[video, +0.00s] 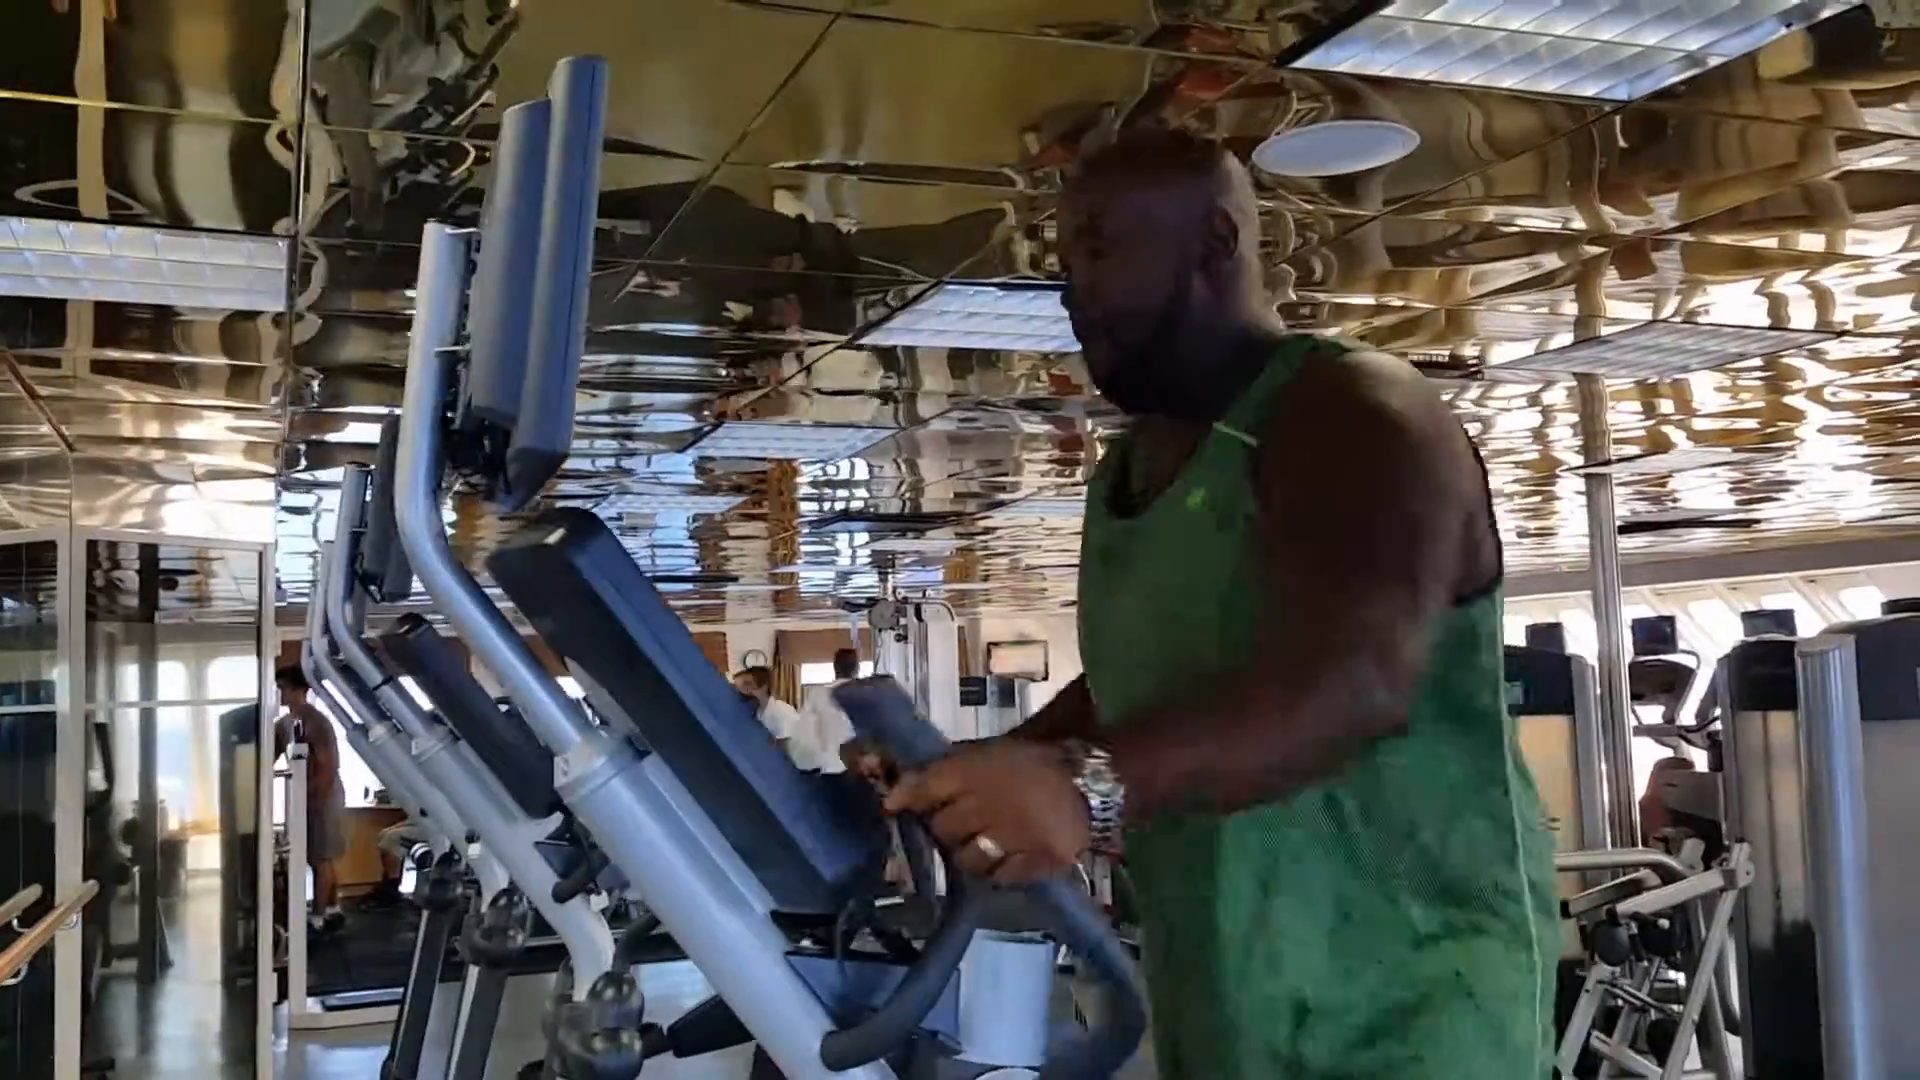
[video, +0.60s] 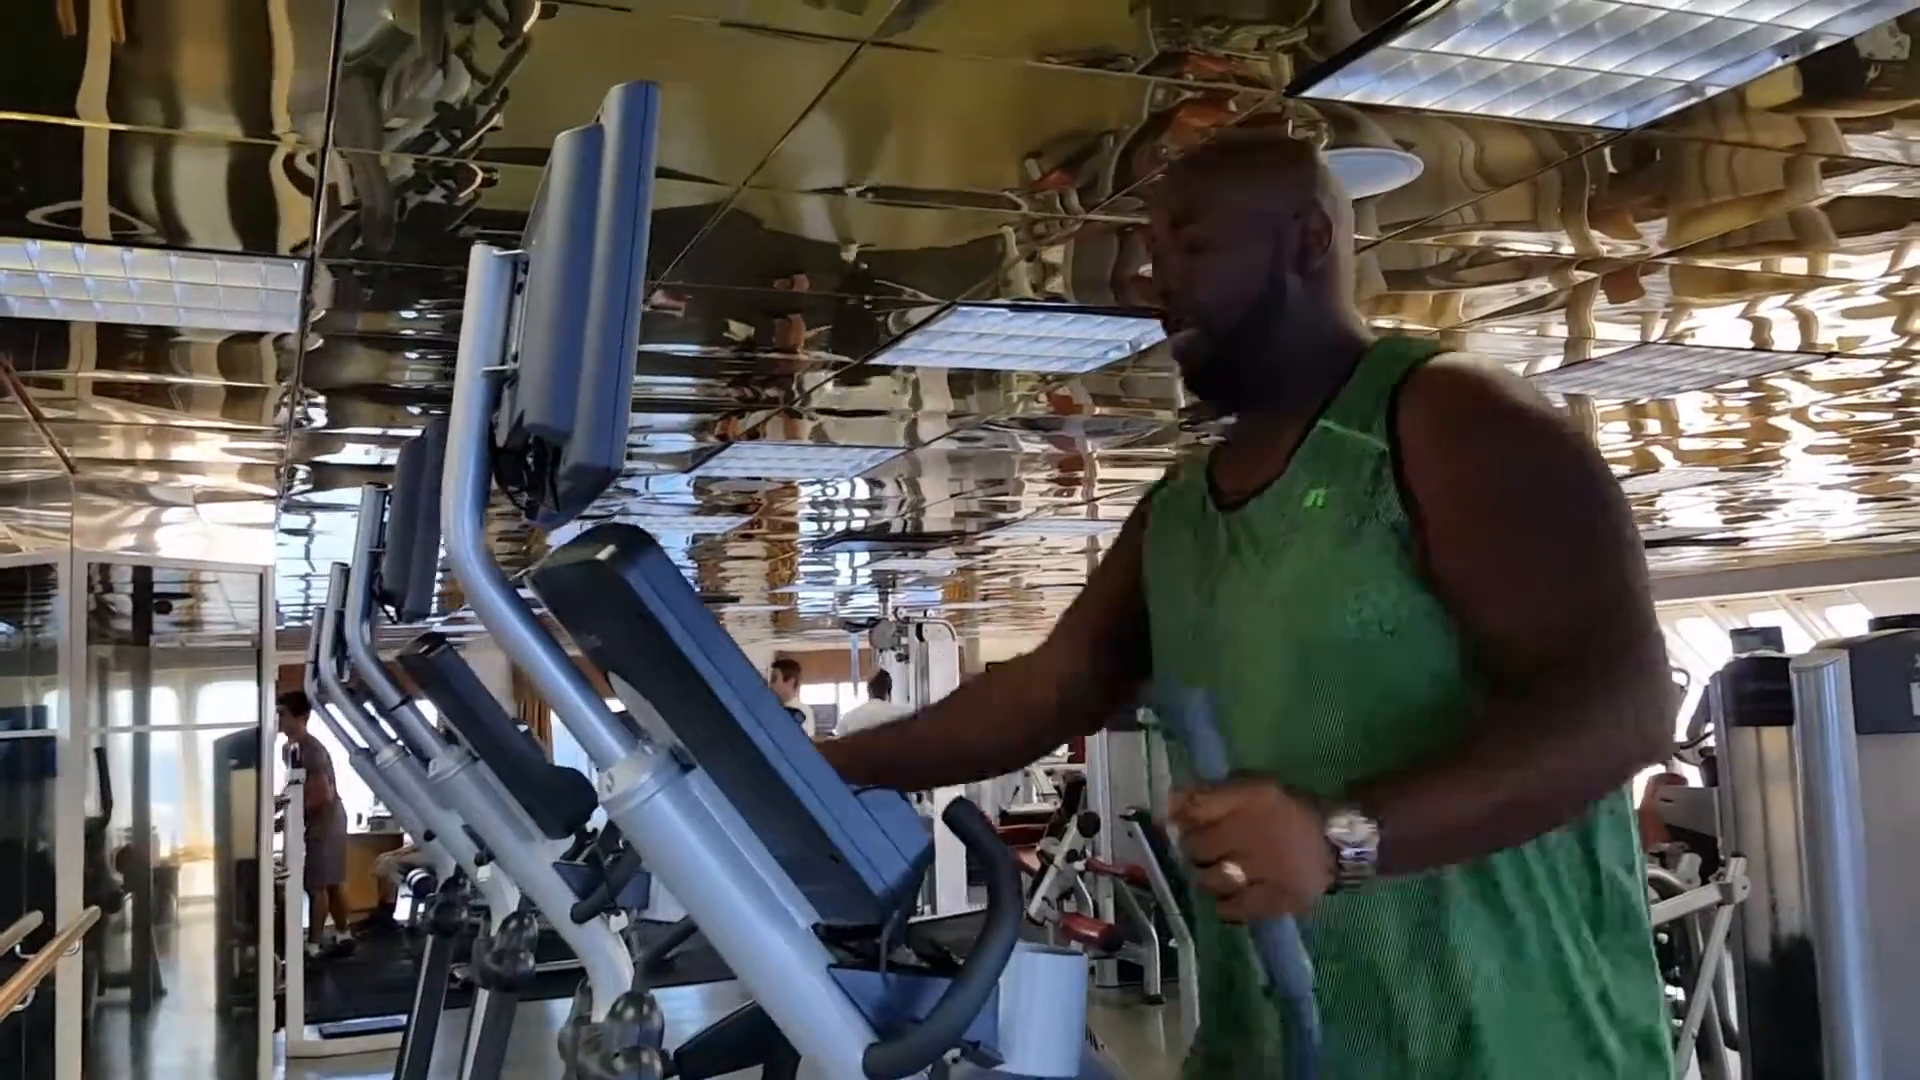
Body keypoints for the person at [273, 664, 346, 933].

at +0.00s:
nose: (279, 694)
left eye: (284, 688)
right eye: (279, 688)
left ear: (299, 690)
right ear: (287, 692)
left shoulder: (317, 722)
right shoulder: (284, 725)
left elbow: (327, 766)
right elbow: (266, 758)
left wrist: (313, 797)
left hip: (325, 794)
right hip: (304, 794)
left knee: (321, 856)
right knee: (319, 855)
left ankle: (319, 915)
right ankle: (333, 907)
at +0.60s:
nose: (278, 721)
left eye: (282, 714)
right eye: (278, 714)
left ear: (296, 717)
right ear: (298, 717)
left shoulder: (312, 750)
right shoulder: (297, 750)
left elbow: (322, 792)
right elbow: (298, 788)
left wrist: (291, 813)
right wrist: (281, 807)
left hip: (326, 820)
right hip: (319, 819)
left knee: (317, 883)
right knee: (331, 882)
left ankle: (314, 942)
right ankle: (344, 934)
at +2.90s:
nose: (232, 698)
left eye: (235, 691)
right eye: (231, 692)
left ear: (249, 693)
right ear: (254, 694)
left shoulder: (254, 725)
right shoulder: (268, 722)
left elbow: (248, 772)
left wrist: (229, 807)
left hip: (258, 801)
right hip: (273, 799)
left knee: (245, 864)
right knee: (277, 863)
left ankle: (249, 926)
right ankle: (291, 922)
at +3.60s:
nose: (226, 681)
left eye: (229, 671)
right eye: (225, 671)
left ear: (243, 677)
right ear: (253, 679)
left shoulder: (248, 711)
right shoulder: (265, 708)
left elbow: (243, 759)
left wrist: (226, 794)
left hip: (251, 788)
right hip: (268, 786)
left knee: (240, 851)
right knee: (272, 849)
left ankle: (244, 912)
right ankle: (286, 907)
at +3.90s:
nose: (226, 674)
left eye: (230, 669)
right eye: (227, 669)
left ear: (242, 675)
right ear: (255, 676)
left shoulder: (247, 710)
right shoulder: (264, 707)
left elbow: (240, 757)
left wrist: (220, 792)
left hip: (250, 784)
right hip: (266, 782)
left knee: (237, 848)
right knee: (269, 847)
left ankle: (240, 910)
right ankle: (282, 905)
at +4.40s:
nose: (220, 680)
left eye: (223, 670)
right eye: (219, 670)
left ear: (237, 675)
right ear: (247, 676)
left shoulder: (242, 709)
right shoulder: (258, 704)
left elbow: (238, 756)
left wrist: (223, 792)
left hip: (245, 782)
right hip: (261, 781)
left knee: (235, 847)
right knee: (266, 844)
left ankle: (237, 908)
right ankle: (279, 902)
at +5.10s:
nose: (214, 683)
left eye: (216, 677)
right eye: (213, 678)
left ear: (229, 676)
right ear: (236, 676)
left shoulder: (234, 709)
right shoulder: (254, 705)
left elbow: (228, 758)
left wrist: (211, 793)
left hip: (238, 783)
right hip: (256, 781)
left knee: (226, 847)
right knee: (260, 844)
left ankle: (232, 909)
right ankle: (275, 903)